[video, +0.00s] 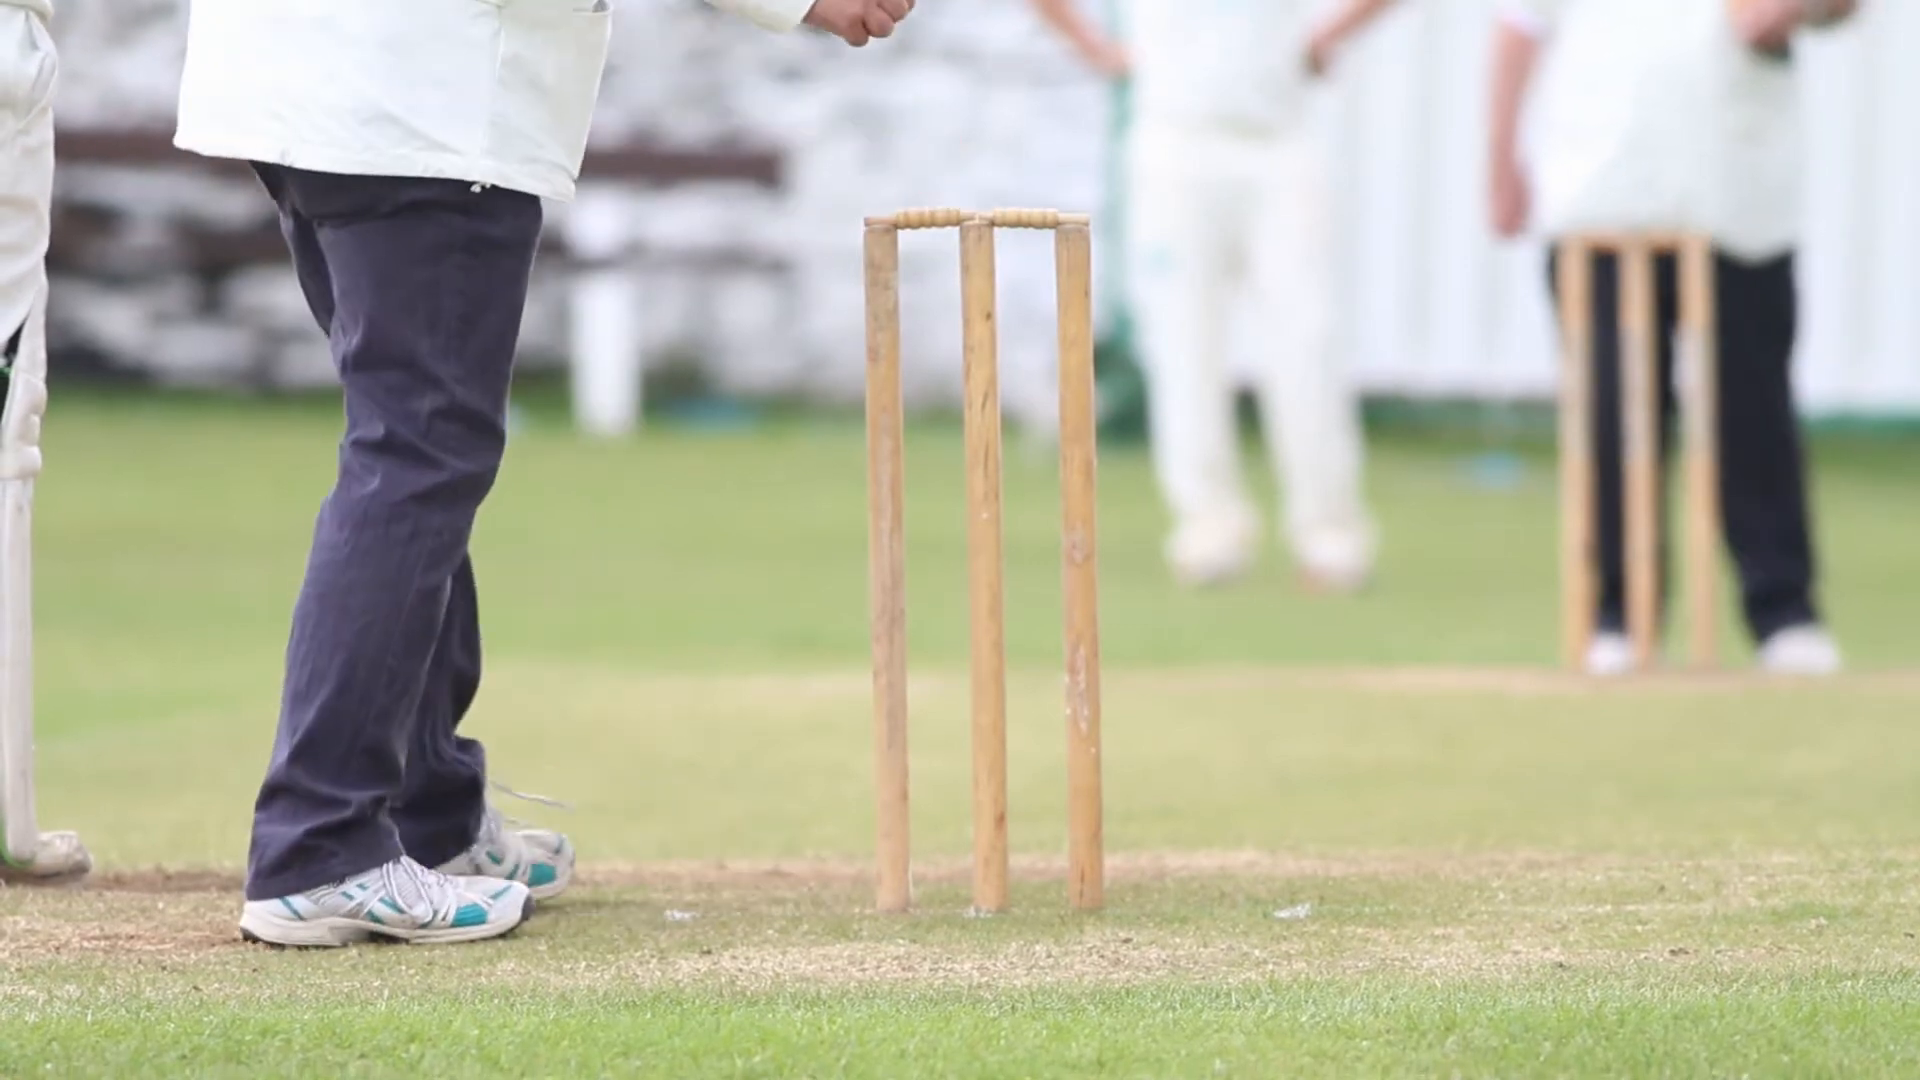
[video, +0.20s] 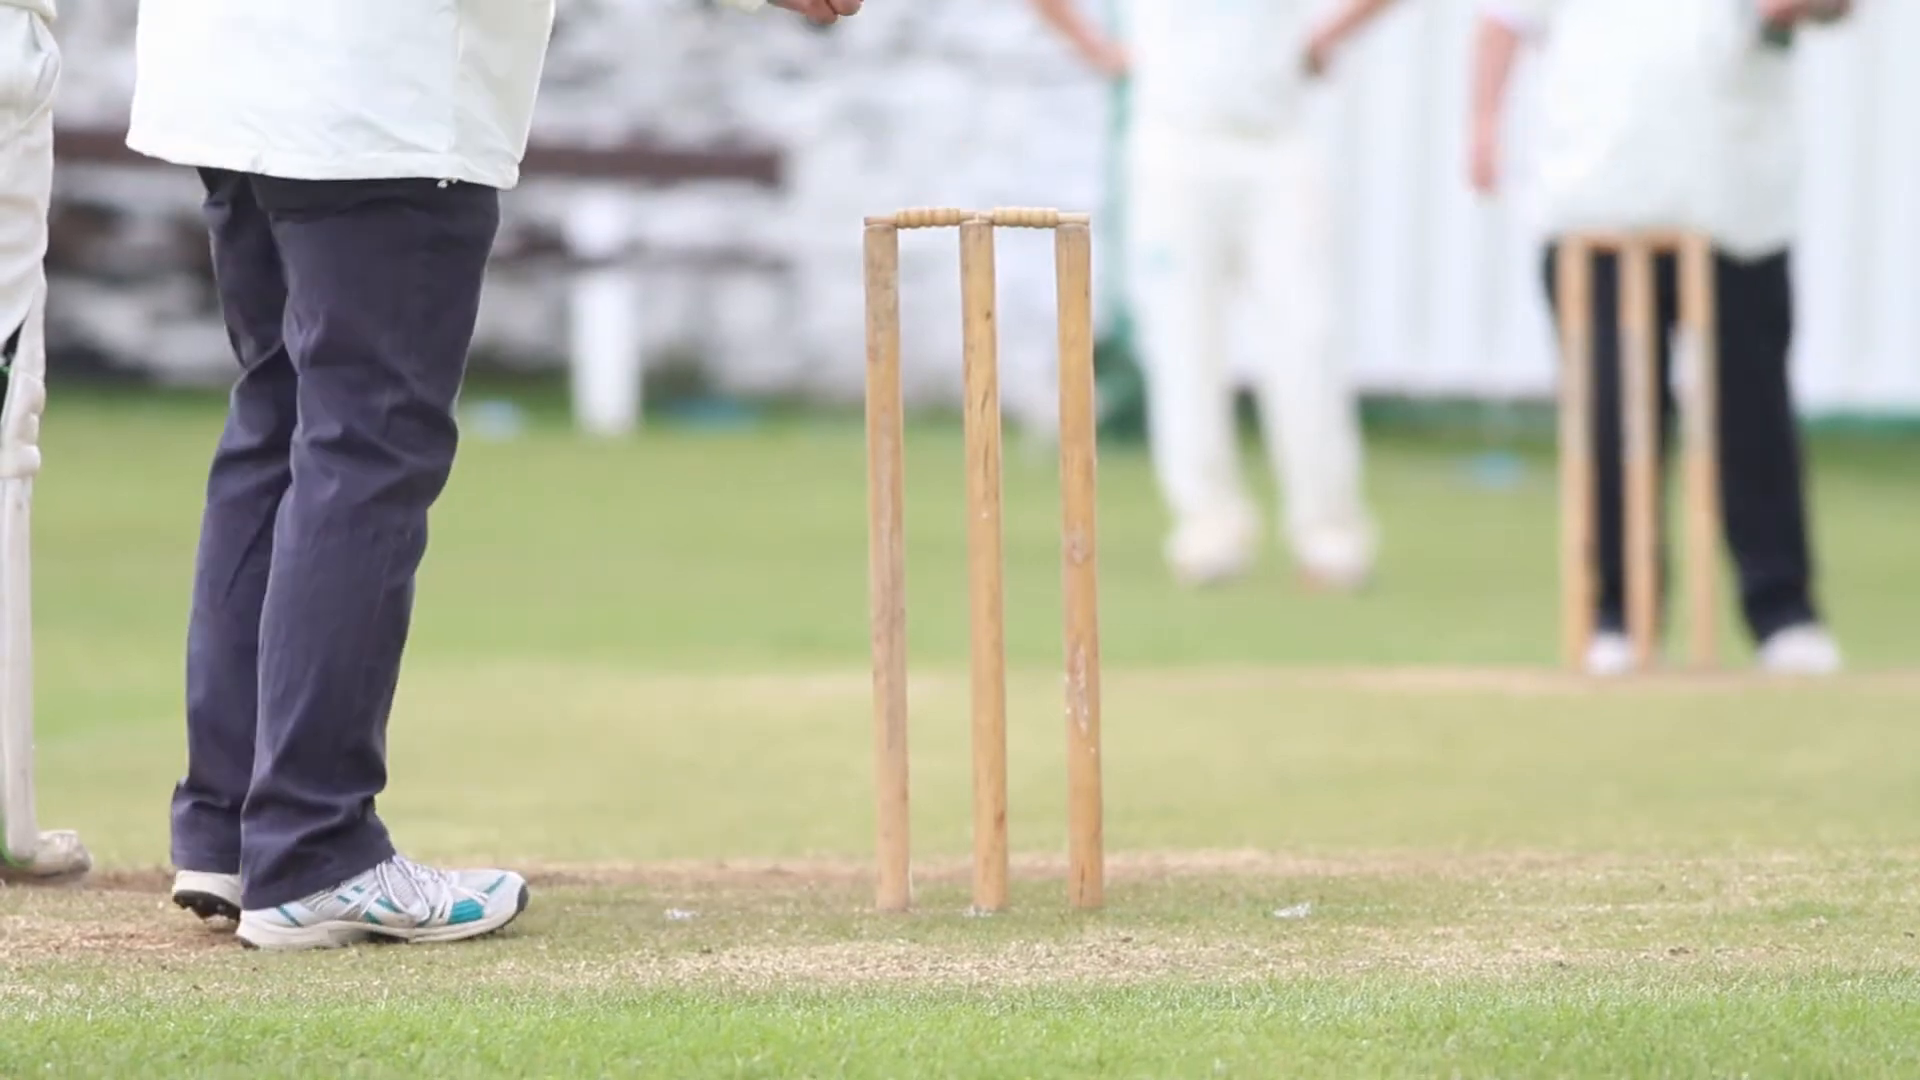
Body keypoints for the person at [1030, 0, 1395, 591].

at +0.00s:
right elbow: (1041, 4)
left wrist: (1324, 40)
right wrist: (1100, 48)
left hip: (1284, 124)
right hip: (1173, 121)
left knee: (1304, 333)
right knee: (1180, 338)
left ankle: (1329, 531)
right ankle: (1210, 527)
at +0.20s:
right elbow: (1040, 4)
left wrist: (1324, 41)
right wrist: (1101, 48)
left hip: (1284, 121)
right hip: (1172, 119)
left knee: (1303, 331)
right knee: (1179, 335)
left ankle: (1328, 529)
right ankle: (1210, 526)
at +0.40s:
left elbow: (1384, 2)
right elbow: (1040, 3)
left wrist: (1323, 39)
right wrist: (1098, 47)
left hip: (1285, 119)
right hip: (1172, 117)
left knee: (1303, 329)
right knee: (1179, 334)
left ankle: (1328, 528)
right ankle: (1210, 525)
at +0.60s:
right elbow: (1042, 3)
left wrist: (1323, 37)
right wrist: (1096, 46)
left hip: (1286, 120)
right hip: (1172, 117)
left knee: (1303, 329)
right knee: (1179, 332)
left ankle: (1329, 529)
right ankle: (1209, 526)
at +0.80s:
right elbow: (1042, 4)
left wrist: (1323, 36)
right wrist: (1096, 46)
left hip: (1286, 120)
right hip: (1172, 117)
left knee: (1303, 329)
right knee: (1179, 332)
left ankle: (1329, 529)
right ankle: (1209, 526)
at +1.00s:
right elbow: (1041, 4)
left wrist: (1323, 35)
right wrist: (1096, 46)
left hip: (1285, 119)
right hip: (1172, 116)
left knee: (1303, 328)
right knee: (1179, 330)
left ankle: (1329, 528)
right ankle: (1209, 523)